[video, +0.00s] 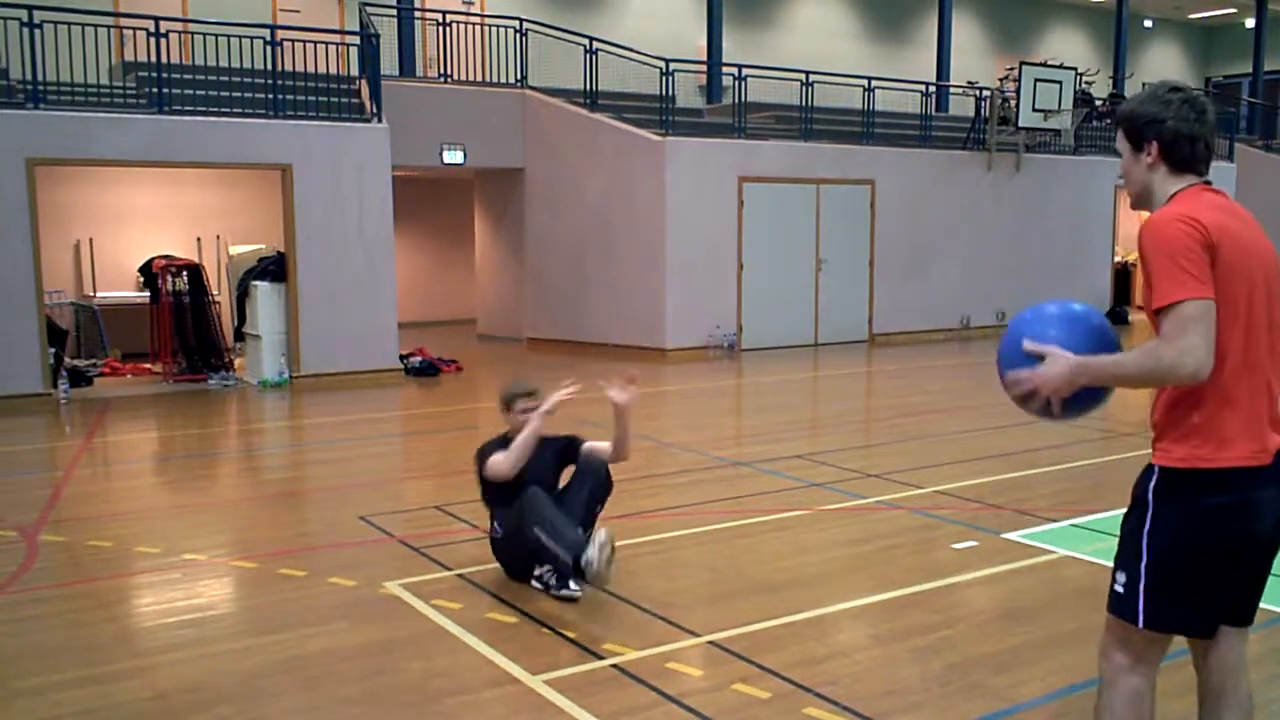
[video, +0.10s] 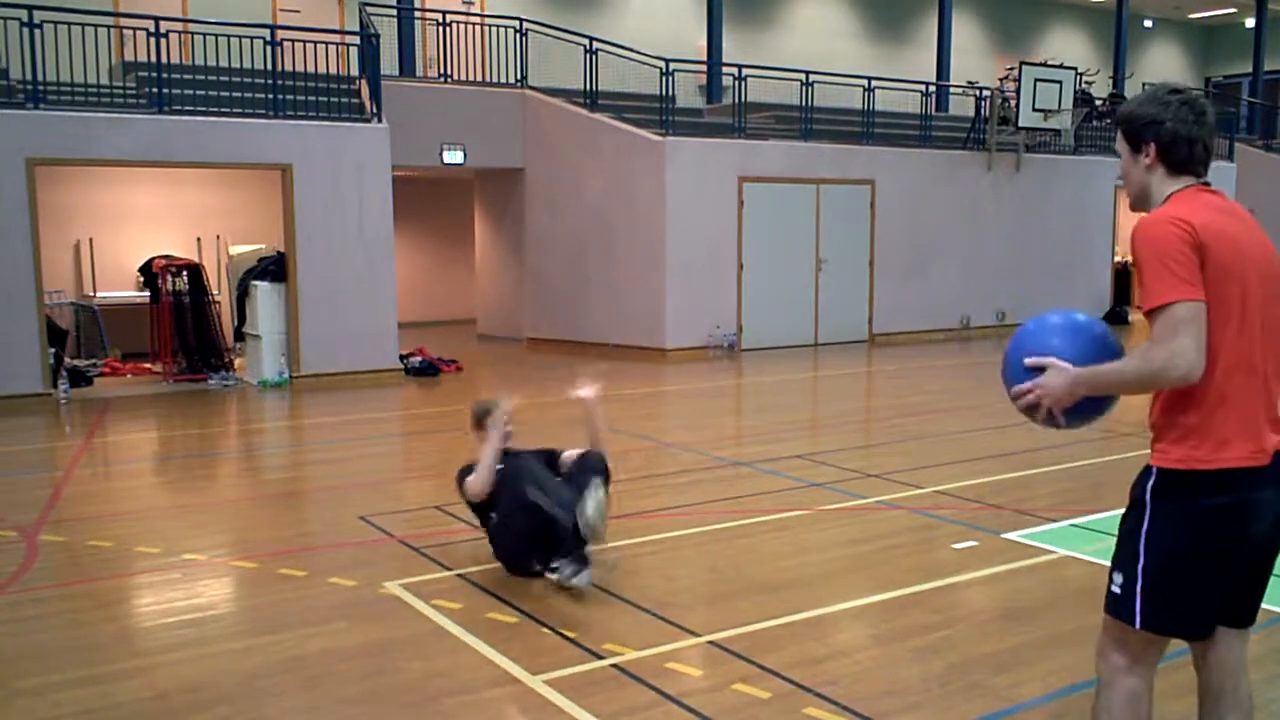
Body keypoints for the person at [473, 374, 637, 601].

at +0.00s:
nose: (531, 419)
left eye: (536, 411)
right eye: (523, 412)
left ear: (542, 412)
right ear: (507, 415)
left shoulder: (557, 446)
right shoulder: (490, 452)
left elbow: (618, 454)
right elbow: (506, 469)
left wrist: (621, 410)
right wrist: (541, 414)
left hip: (559, 543)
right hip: (516, 550)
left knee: (594, 468)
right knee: (532, 498)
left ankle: (554, 569)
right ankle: (585, 559)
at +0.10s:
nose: (508, 430)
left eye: (509, 424)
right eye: (501, 425)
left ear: (512, 425)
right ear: (482, 431)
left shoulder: (528, 458)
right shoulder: (470, 473)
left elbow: (596, 460)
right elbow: (478, 492)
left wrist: (591, 407)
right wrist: (494, 435)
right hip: (518, 553)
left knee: (592, 462)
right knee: (520, 469)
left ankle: (572, 559)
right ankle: (579, 517)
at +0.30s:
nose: (481, 469)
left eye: (482, 466)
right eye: (472, 468)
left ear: (493, 468)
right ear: (459, 485)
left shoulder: (516, 492)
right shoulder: (462, 513)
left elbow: (535, 451)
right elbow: (436, 480)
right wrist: (423, 446)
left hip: (551, 536)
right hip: (502, 537)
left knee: (553, 445)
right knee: (492, 441)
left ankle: (589, 434)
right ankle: (536, 383)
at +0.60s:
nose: (455, 485)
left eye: (458, 482)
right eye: (449, 486)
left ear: (467, 485)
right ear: (443, 499)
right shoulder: (447, 520)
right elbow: (400, 477)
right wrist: (407, 518)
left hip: (546, 480)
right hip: (490, 486)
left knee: (498, 434)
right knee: (464, 455)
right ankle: (459, 368)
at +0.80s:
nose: (450, 490)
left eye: (450, 490)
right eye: (445, 494)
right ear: (442, 506)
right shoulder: (444, 524)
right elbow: (393, 483)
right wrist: (410, 519)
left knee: (475, 444)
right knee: (446, 466)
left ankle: (442, 380)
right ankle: (427, 388)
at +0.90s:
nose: (448, 491)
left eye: (448, 492)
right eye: (444, 494)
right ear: (444, 505)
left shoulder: (503, 519)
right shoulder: (447, 525)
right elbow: (391, 485)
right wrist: (410, 521)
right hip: (479, 453)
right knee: (441, 472)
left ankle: (433, 387)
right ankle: (417, 396)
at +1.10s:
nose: (447, 492)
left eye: (447, 493)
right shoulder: (453, 527)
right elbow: (395, 482)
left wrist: (414, 518)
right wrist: (414, 518)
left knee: (473, 440)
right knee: (437, 467)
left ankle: (446, 374)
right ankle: (420, 382)